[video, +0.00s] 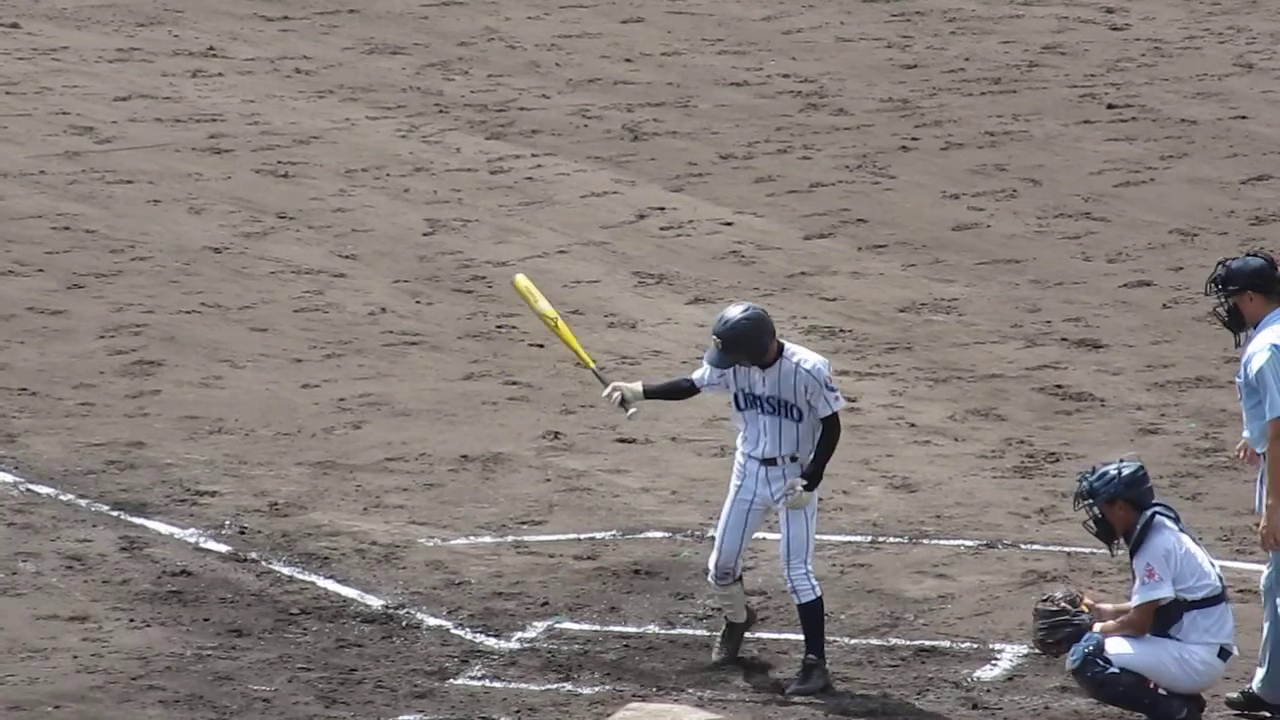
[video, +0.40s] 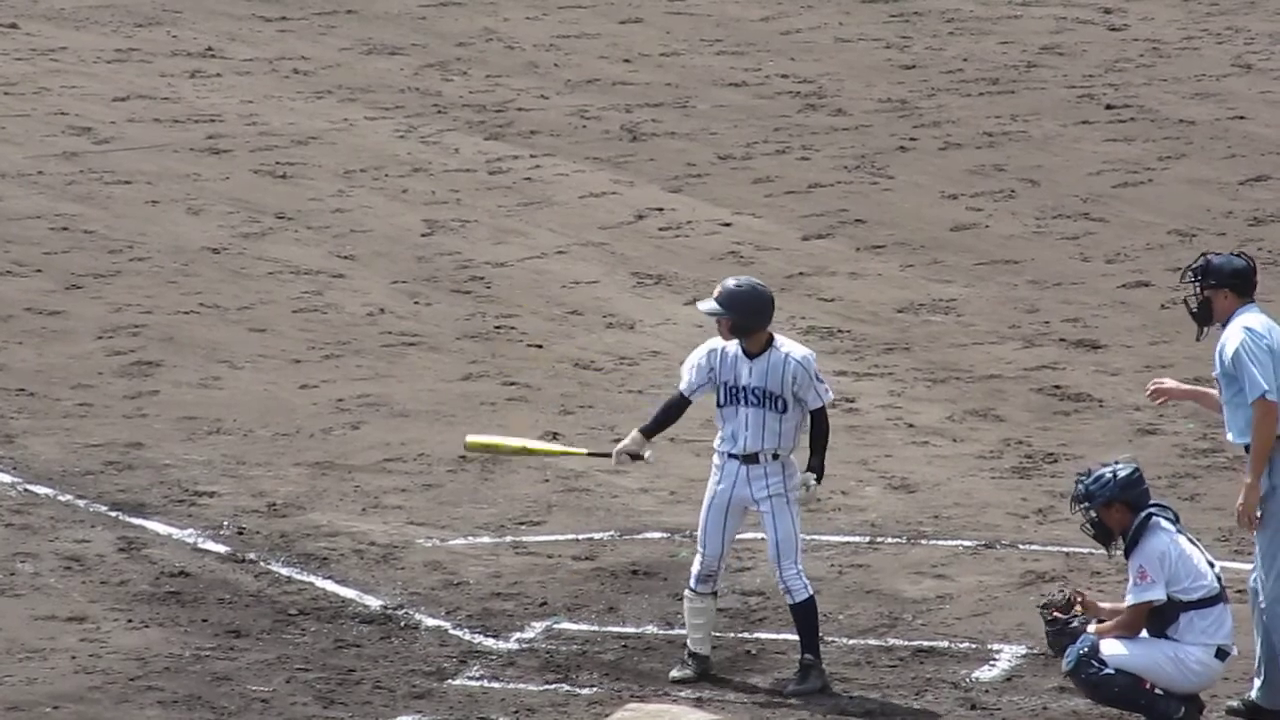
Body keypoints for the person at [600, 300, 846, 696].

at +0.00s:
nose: (735, 365)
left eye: (739, 358)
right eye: (732, 358)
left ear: (761, 347)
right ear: (732, 348)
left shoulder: (809, 370)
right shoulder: (734, 364)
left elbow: (832, 427)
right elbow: (690, 384)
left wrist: (809, 480)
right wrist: (637, 390)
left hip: (795, 479)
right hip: (748, 476)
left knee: (798, 573)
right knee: (722, 567)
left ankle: (815, 665)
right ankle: (737, 621)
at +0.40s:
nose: (717, 321)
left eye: (724, 316)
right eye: (718, 315)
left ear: (747, 320)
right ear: (731, 317)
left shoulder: (797, 362)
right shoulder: (715, 356)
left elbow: (819, 415)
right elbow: (679, 400)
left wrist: (814, 469)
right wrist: (640, 435)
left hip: (775, 475)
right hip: (726, 473)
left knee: (789, 571)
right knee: (706, 565)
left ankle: (811, 665)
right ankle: (696, 657)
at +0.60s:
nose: (714, 310)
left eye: (721, 305)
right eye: (714, 303)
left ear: (742, 310)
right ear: (732, 308)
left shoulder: (792, 355)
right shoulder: (709, 353)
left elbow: (805, 414)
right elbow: (701, 417)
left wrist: (791, 466)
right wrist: (692, 474)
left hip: (769, 471)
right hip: (719, 469)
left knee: (791, 568)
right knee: (704, 565)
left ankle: (812, 665)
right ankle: (697, 657)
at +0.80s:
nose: (711, 305)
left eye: (719, 300)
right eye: (713, 298)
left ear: (742, 306)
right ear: (730, 304)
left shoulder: (790, 353)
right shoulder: (707, 353)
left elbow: (794, 415)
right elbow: (719, 413)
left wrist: (783, 467)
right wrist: (743, 456)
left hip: (770, 470)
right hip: (722, 468)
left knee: (791, 567)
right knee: (704, 563)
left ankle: (812, 665)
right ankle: (697, 658)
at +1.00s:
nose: (713, 303)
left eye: (722, 297)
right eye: (713, 295)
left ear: (746, 302)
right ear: (722, 299)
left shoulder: (789, 349)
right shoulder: (706, 350)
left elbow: (796, 412)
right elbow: (715, 404)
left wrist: (778, 413)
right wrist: (742, 414)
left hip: (766, 471)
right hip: (719, 469)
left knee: (790, 567)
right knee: (704, 566)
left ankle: (812, 666)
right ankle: (696, 659)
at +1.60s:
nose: (740, 294)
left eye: (749, 287)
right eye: (735, 287)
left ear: (766, 294)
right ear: (727, 293)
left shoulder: (787, 339)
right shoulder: (710, 342)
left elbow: (786, 376)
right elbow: (697, 383)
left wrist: (733, 364)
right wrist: (710, 383)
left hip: (763, 467)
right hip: (716, 466)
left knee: (791, 567)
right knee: (703, 564)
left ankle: (812, 663)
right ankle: (698, 655)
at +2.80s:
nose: (706, 308)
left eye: (712, 302)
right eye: (707, 301)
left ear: (733, 307)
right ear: (737, 308)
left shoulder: (767, 353)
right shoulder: (716, 351)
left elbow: (722, 400)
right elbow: (681, 402)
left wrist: (670, 376)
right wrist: (656, 395)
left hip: (752, 477)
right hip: (714, 474)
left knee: (758, 583)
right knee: (696, 570)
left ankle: (802, 668)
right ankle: (687, 659)